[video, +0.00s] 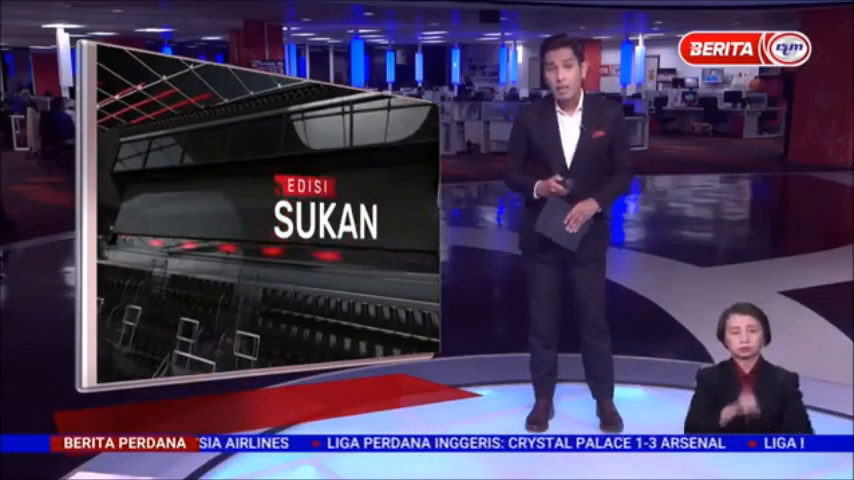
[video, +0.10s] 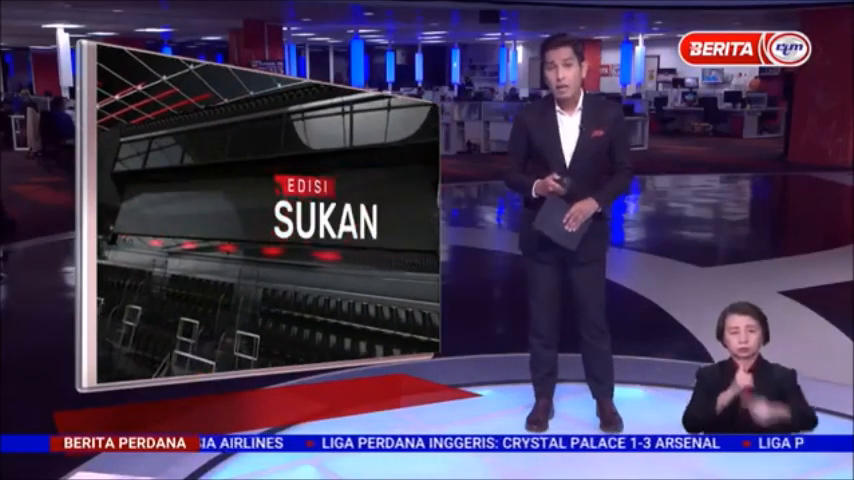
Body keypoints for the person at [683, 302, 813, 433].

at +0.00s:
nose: (744, 338)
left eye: (753, 331)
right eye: (735, 332)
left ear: (764, 337)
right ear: (724, 339)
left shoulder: (785, 381)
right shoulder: (709, 378)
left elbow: (802, 435)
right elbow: (692, 430)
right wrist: (730, 412)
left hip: (772, 463)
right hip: (721, 462)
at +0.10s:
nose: (743, 339)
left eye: (751, 331)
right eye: (734, 332)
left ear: (763, 336)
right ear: (724, 340)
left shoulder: (783, 377)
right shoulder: (710, 376)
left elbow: (809, 419)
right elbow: (691, 423)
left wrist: (775, 411)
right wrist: (732, 392)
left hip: (772, 463)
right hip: (720, 462)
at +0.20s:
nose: (743, 340)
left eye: (750, 331)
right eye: (734, 333)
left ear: (763, 336)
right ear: (723, 340)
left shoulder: (783, 375)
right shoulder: (710, 376)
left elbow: (810, 414)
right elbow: (691, 422)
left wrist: (778, 392)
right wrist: (731, 387)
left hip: (774, 461)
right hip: (722, 462)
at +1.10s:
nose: (743, 341)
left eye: (750, 332)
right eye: (734, 334)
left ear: (762, 335)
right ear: (722, 340)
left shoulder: (782, 375)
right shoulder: (710, 375)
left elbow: (804, 416)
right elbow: (685, 420)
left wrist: (758, 392)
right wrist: (725, 399)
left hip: (774, 461)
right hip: (720, 462)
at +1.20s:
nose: (742, 342)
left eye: (749, 333)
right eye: (733, 335)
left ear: (761, 336)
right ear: (722, 341)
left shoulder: (782, 375)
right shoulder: (709, 376)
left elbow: (808, 419)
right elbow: (680, 423)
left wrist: (774, 395)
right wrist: (706, 406)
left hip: (775, 461)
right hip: (721, 461)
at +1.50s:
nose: (743, 345)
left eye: (750, 336)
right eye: (734, 337)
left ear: (762, 338)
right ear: (723, 341)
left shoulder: (781, 375)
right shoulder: (711, 376)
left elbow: (809, 417)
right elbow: (680, 420)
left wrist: (784, 384)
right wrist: (701, 385)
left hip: (772, 460)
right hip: (720, 460)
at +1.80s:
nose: (744, 346)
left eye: (752, 337)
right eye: (736, 338)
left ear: (764, 339)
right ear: (725, 341)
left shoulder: (783, 376)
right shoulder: (709, 375)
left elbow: (808, 425)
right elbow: (682, 426)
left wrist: (778, 396)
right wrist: (708, 393)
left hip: (772, 461)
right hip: (719, 461)